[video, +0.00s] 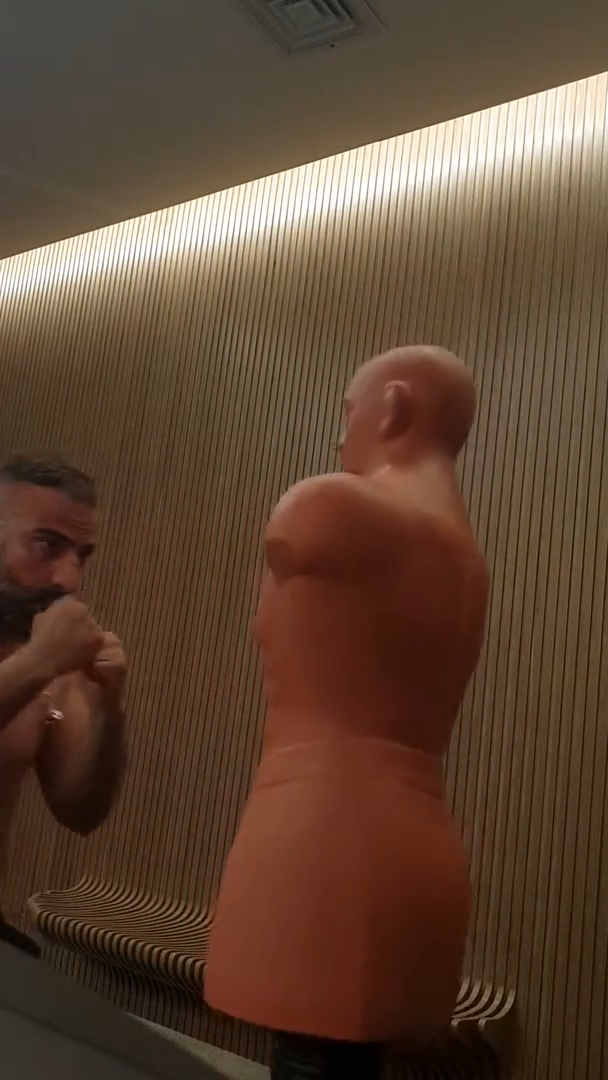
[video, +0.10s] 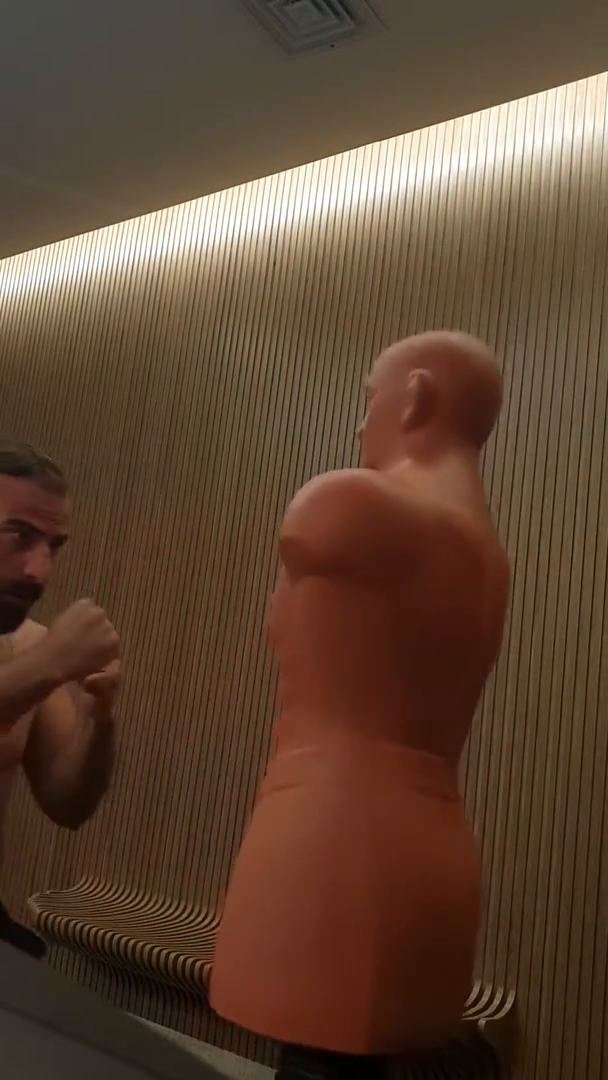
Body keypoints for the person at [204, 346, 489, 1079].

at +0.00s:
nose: (342, 432)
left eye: (350, 413)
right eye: (344, 415)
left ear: (393, 410)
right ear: (455, 433)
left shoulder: (339, 509)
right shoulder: (465, 552)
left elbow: (289, 533)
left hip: (323, 842)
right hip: (415, 834)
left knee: (310, 1063)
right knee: (374, 1063)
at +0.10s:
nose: (362, 418)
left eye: (373, 396)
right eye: (366, 397)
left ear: (416, 400)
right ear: (481, 428)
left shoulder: (345, 505)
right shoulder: (487, 553)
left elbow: (296, 537)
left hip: (329, 856)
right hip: (432, 850)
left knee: (310, 1062)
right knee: (388, 1063)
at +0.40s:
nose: (379, 368)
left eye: (393, 339)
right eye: (385, 342)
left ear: (448, 348)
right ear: (517, 370)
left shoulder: (351, 508)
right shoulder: (519, 530)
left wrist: (402, 461)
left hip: (331, 889)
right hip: (446, 872)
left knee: (278, 1065)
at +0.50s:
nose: (394, 385)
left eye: (403, 361)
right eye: (398, 360)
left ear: (439, 367)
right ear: (518, 377)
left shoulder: (395, 505)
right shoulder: (533, 528)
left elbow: (345, 527)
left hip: (356, 871)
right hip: (457, 860)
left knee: (300, 1063)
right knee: (404, 1065)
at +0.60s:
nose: (525, 415)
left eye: (541, 394)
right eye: (532, 394)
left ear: (593, 405)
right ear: (593, 408)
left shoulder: (515, 521)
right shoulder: (584, 536)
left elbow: (470, 544)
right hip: (517, 866)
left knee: (358, 1060)